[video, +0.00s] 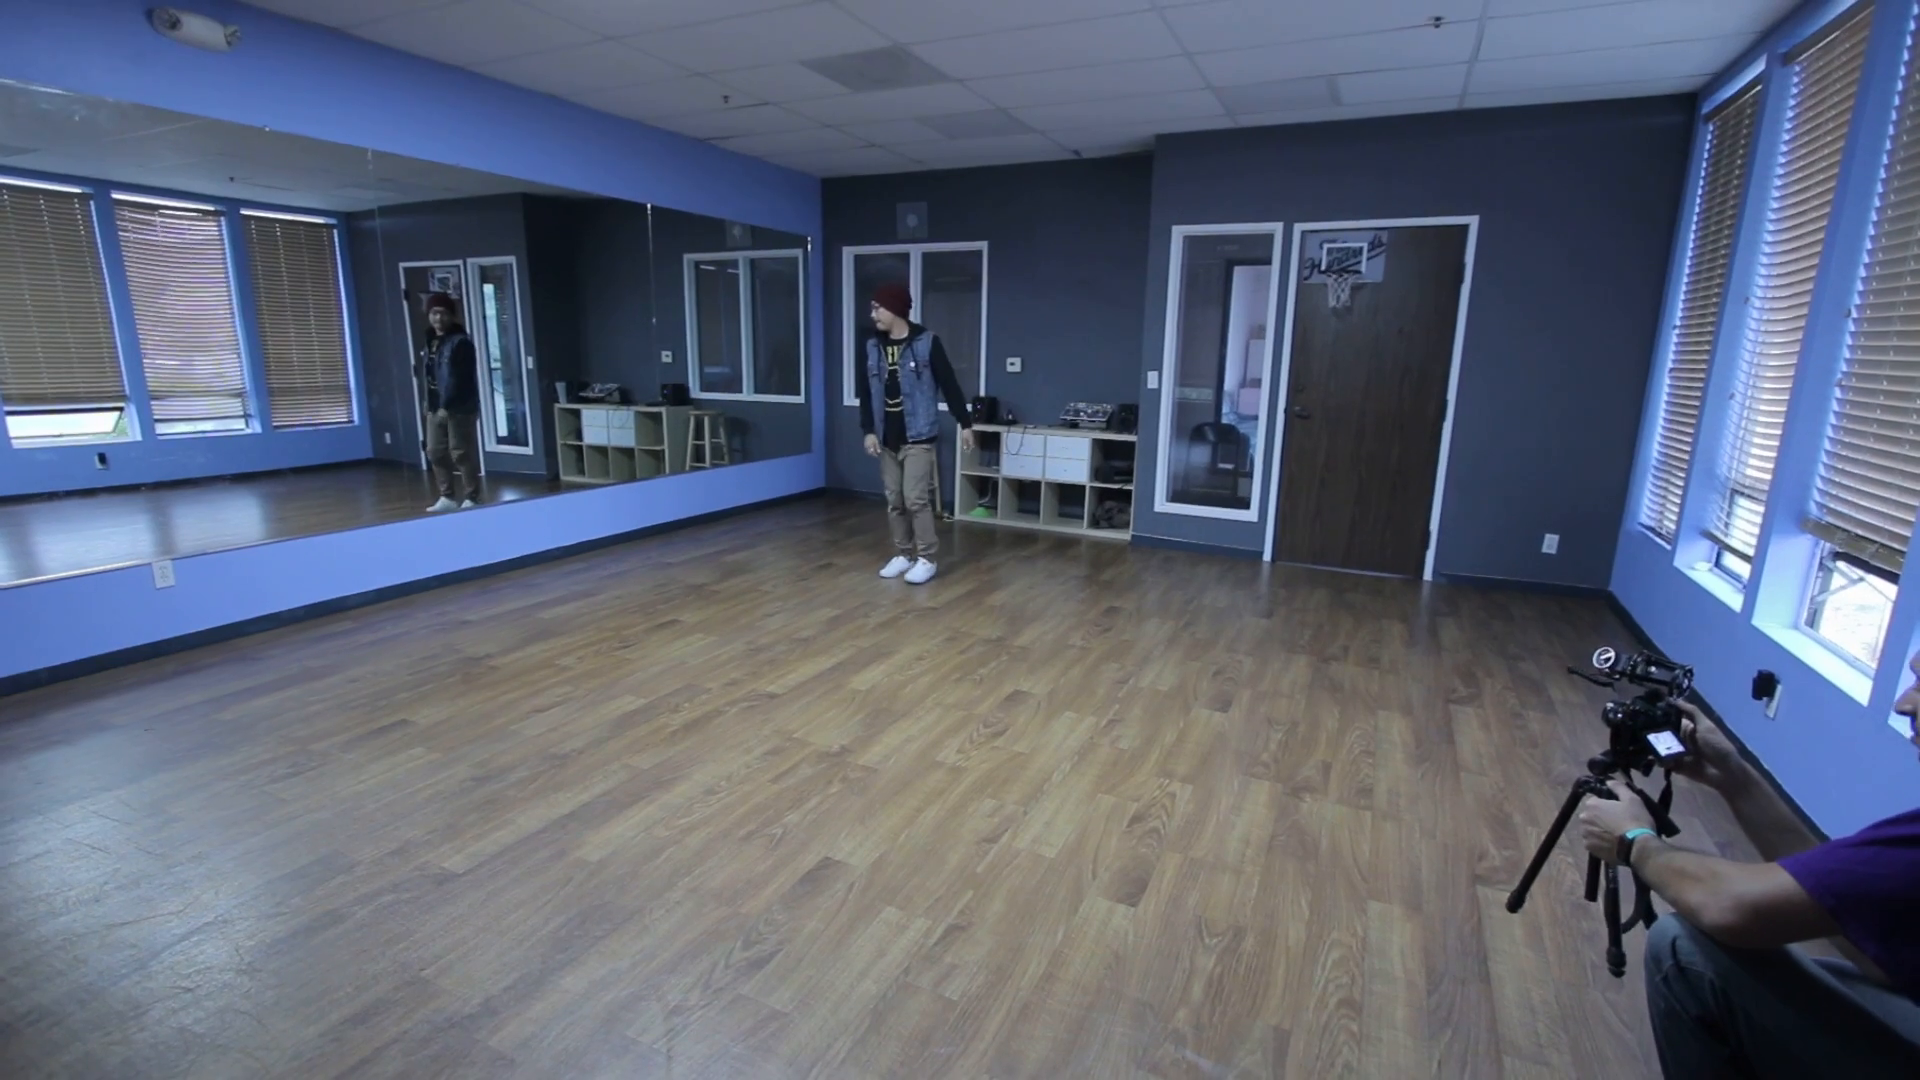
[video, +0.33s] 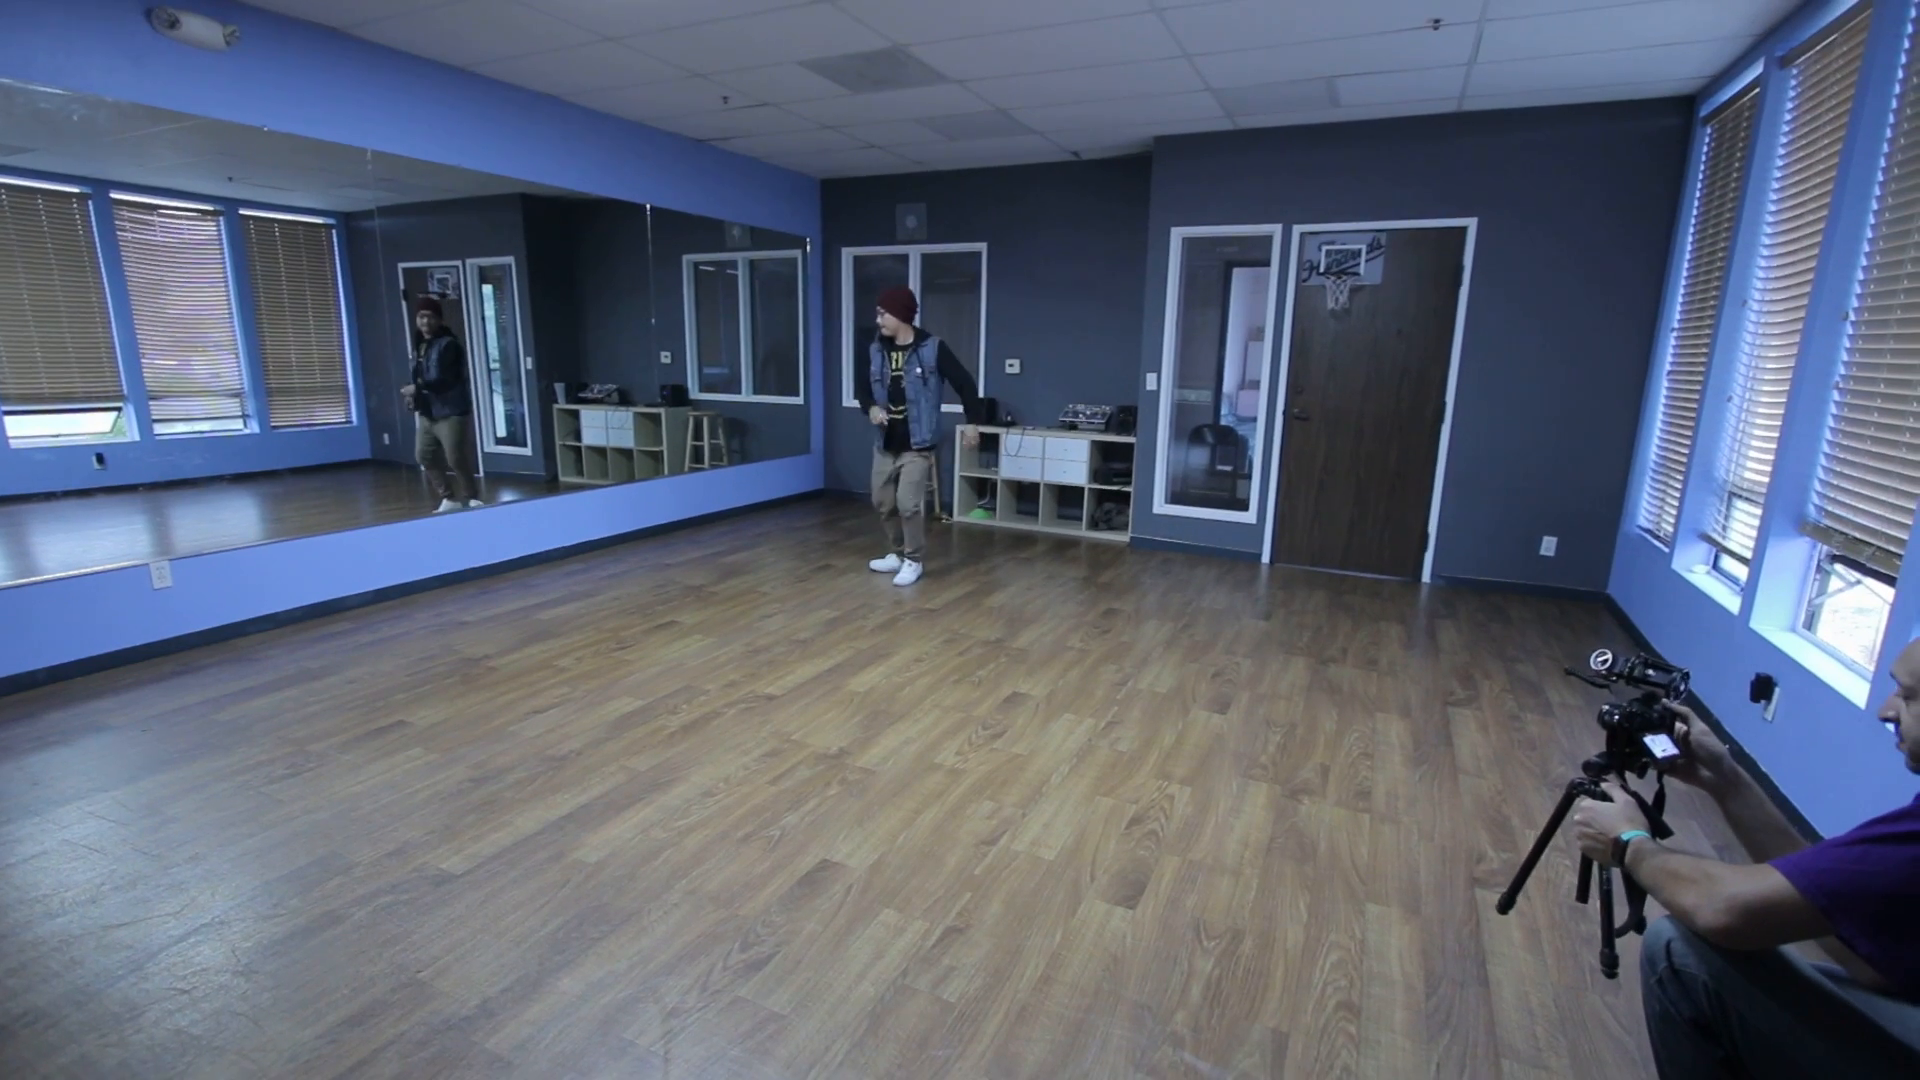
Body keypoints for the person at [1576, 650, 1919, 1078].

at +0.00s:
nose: (1905, 701)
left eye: (1917, 676)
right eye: (1912, 676)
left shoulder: (1913, 841)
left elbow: (1732, 911)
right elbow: (1874, 938)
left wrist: (1634, 841)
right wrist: (1732, 775)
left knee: (1685, 948)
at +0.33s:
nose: (1887, 710)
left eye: (1906, 696)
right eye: (1898, 692)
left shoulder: (1914, 829)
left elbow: (1725, 912)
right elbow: (1870, 956)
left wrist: (1628, 843)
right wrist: (1726, 781)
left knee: (1681, 950)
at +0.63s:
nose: (1883, 709)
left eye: (1902, 695)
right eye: (1893, 691)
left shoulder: (1914, 827)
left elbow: (1725, 908)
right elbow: (1865, 950)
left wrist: (1626, 840)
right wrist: (1725, 778)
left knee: (1681, 945)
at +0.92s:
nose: (1875, 710)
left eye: (1894, 695)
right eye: (1883, 692)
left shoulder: (1913, 824)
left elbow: (1722, 908)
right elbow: (1864, 952)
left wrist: (1625, 839)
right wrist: (1722, 776)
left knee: (1679, 944)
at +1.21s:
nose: (1866, 720)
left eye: (1886, 701)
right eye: (1874, 699)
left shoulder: (1912, 825)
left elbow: (1719, 909)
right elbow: (1863, 954)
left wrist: (1622, 841)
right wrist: (1719, 778)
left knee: (1677, 947)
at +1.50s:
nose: (1864, 722)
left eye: (1884, 703)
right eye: (1872, 702)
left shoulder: (1912, 825)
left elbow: (1719, 911)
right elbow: (1866, 957)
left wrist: (1621, 844)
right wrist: (1718, 780)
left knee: (1676, 951)